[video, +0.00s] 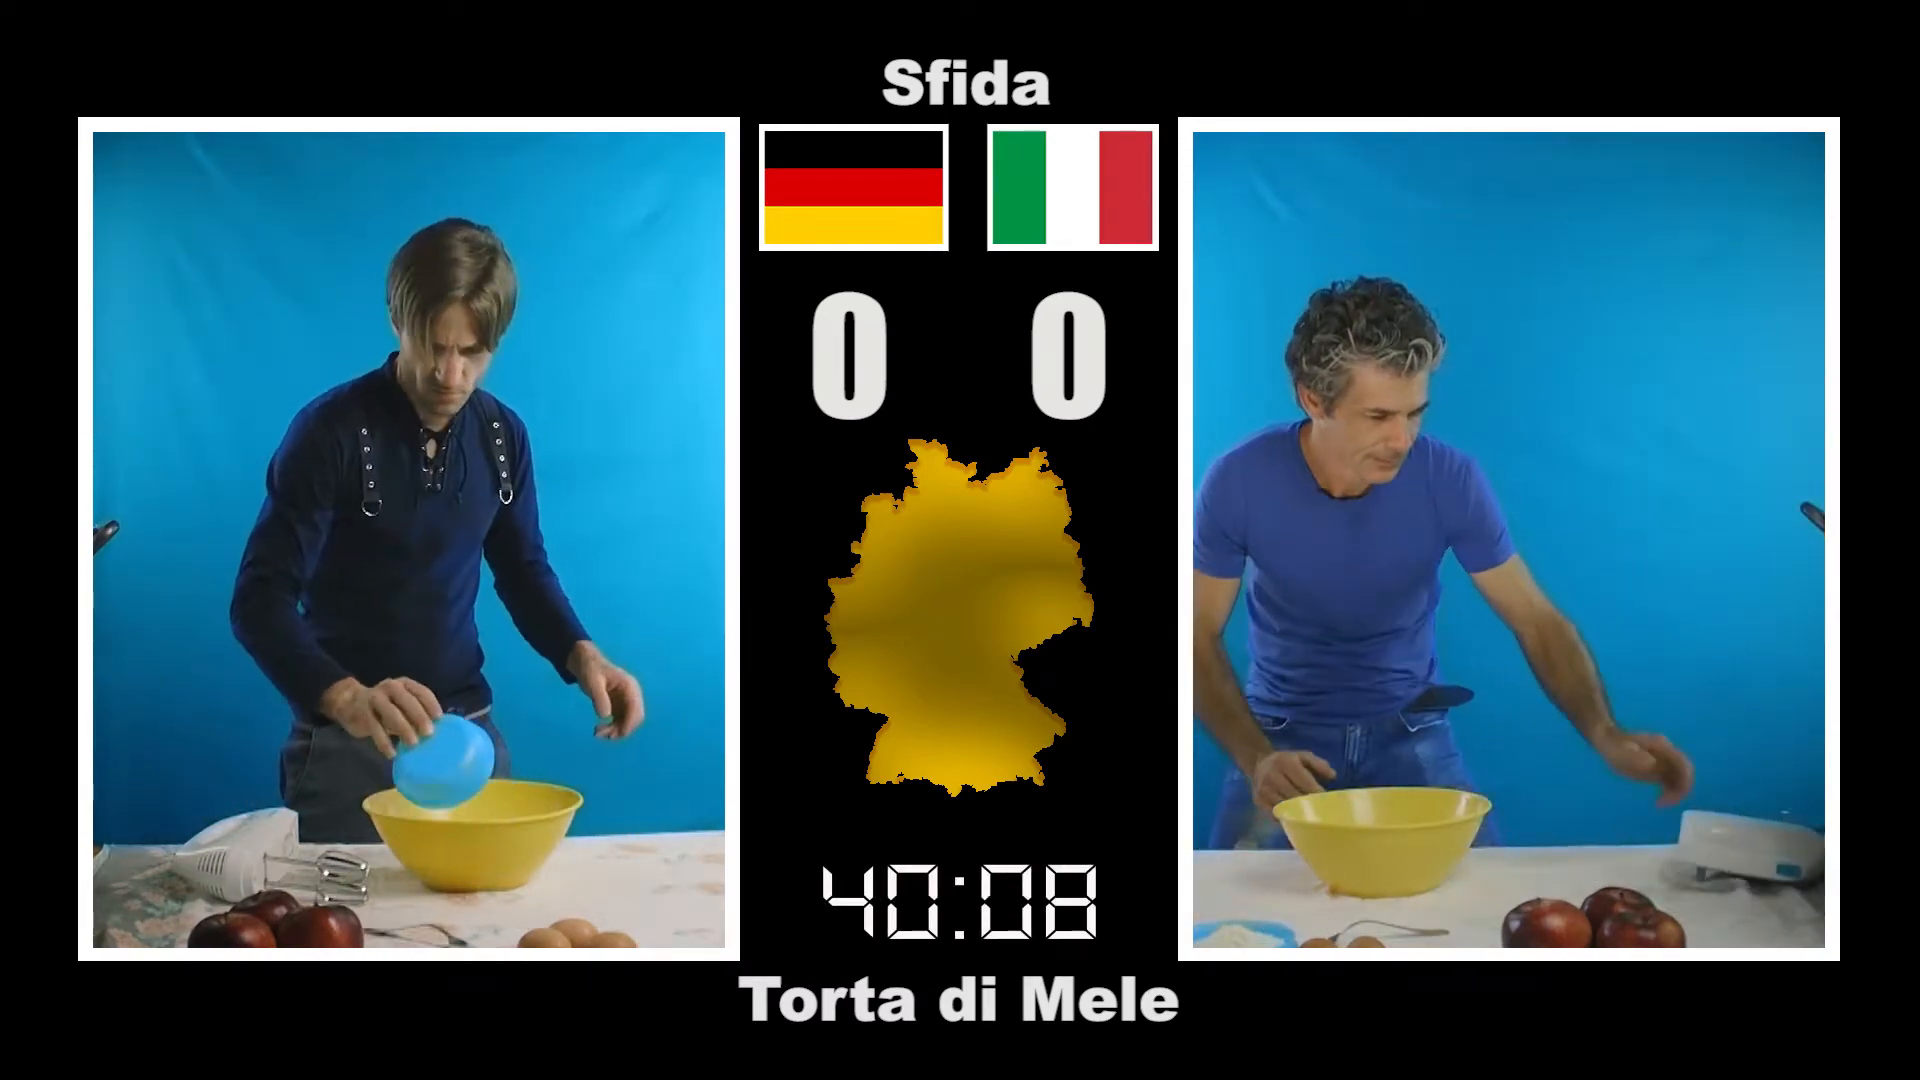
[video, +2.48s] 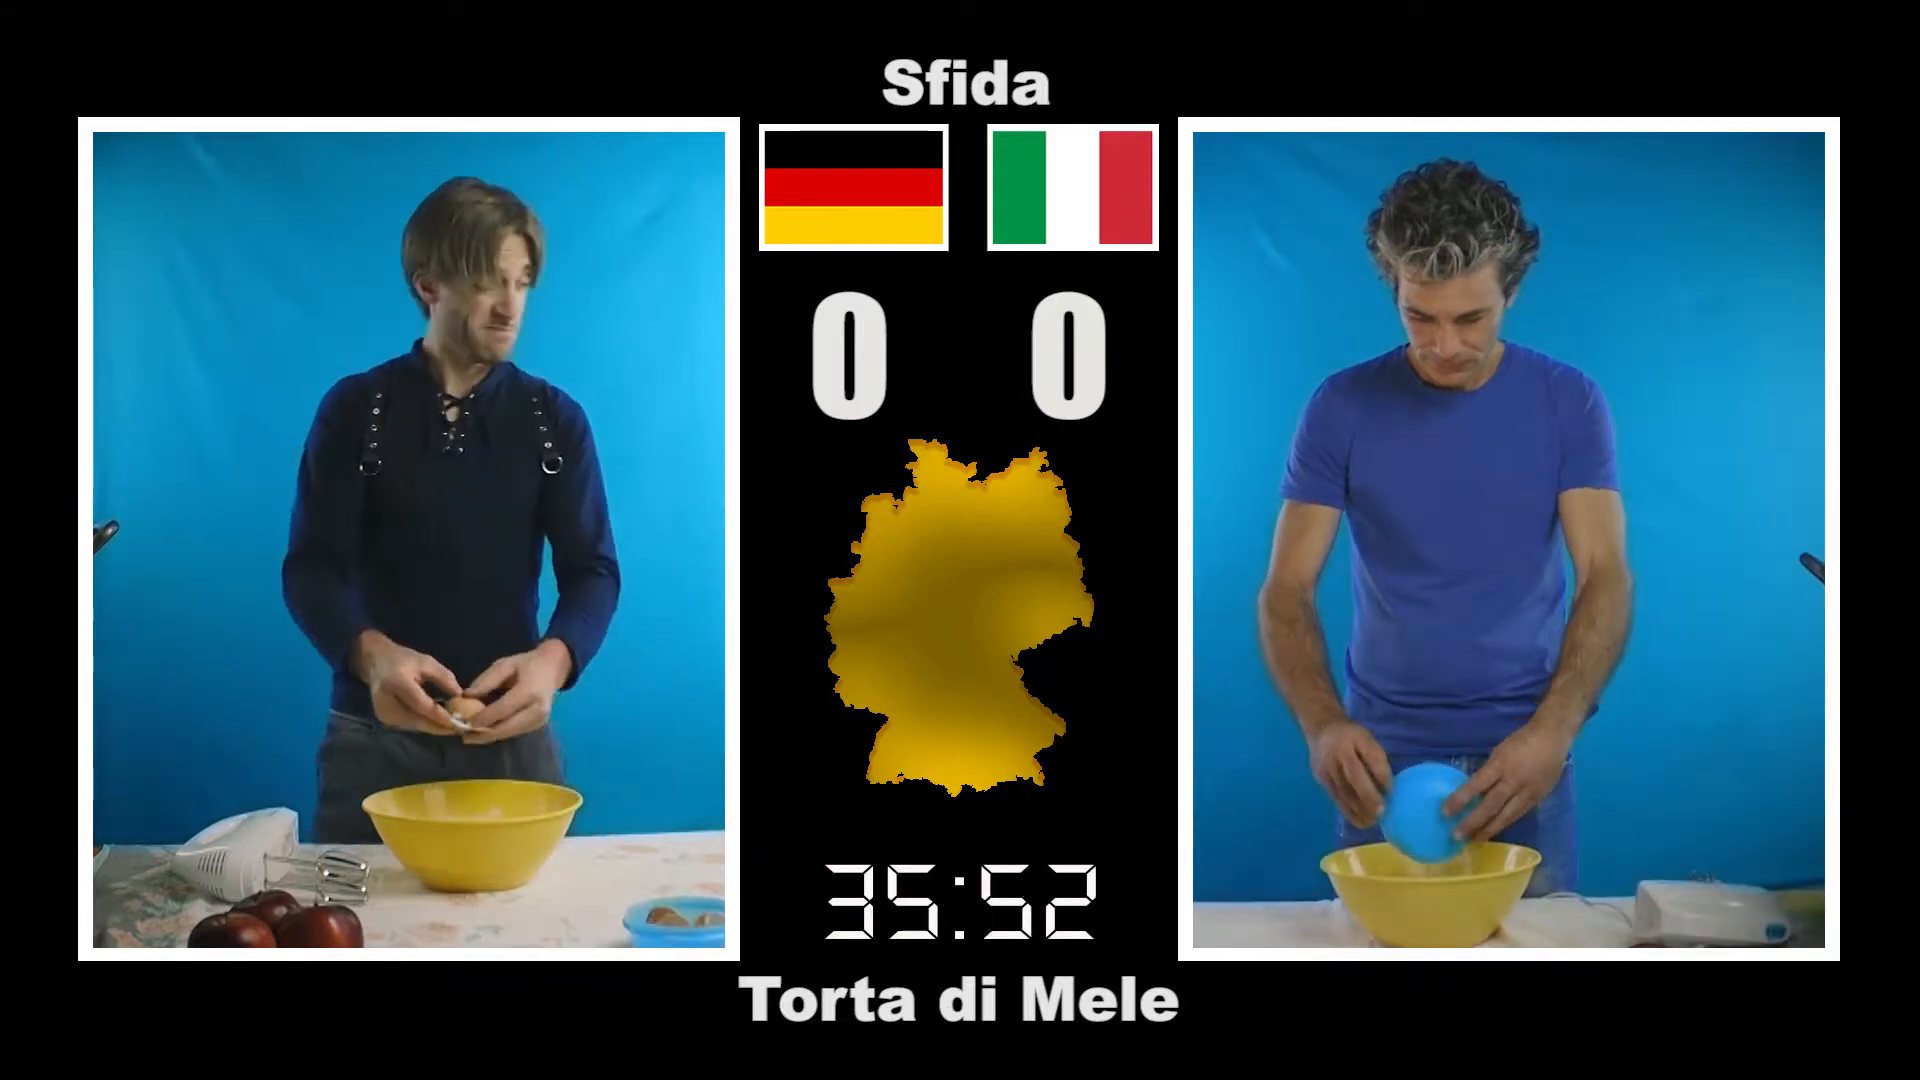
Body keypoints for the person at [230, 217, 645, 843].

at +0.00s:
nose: (451, 373)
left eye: (472, 351)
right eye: (434, 347)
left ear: (495, 340)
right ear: (400, 326)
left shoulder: (501, 438)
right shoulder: (331, 434)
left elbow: (522, 567)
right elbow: (260, 601)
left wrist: (582, 659)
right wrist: (347, 698)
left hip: (464, 738)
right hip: (346, 746)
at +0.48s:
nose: (454, 354)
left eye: (475, 330)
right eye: (433, 328)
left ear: (505, 316)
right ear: (405, 310)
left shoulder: (536, 424)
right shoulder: (342, 425)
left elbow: (571, 555)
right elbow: (287, 585)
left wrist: (589, 651)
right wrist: (322, 685)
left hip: (501, 737)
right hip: (374, 746)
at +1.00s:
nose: (540, 348)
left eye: (558, 321)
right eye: (517, 323)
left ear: (582, 305)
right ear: (476, 304)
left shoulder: (618, 426)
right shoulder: (409, 406)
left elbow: (656, 603)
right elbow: (358, 569)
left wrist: (596, 683)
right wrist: (389, 670)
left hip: (553, 742)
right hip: (418, 737)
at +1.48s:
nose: (486, 316)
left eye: (492, 294)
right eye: (463, 297)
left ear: (500, 285)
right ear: (398, 294)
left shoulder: (528, 413)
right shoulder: (331, 418)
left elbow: (572, 557)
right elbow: (297, 581)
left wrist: (557, 629)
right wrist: (371, 614)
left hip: (509, 742)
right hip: (376, 749)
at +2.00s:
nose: (545, 315)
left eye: (569, 292)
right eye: (528, 289)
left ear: (610, 286)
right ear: (508, 281)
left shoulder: (643, 425)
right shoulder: (448, 395)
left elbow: (659, 596)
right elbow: (387, 532)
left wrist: (570, 650)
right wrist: (387, 604)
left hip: (561, 744)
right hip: (430, 731)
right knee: (374, 934)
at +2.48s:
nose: (508, 304)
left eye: (520, 284)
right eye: (485, 282)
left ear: (530, 285)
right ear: (428, 284)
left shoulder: (552, 420)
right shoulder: (354, 412)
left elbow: (591, 573)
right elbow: (310, 571)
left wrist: (554, 662)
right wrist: (374, 658)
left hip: (513, 749)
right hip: (380, 749)